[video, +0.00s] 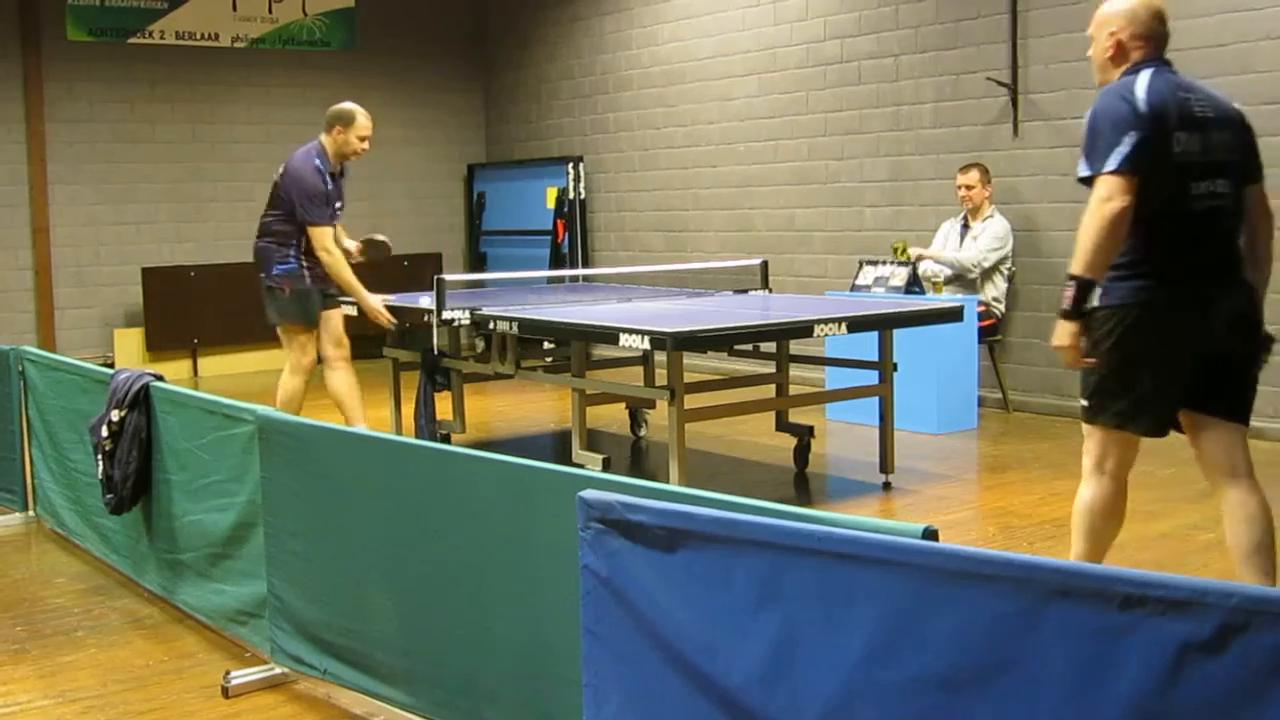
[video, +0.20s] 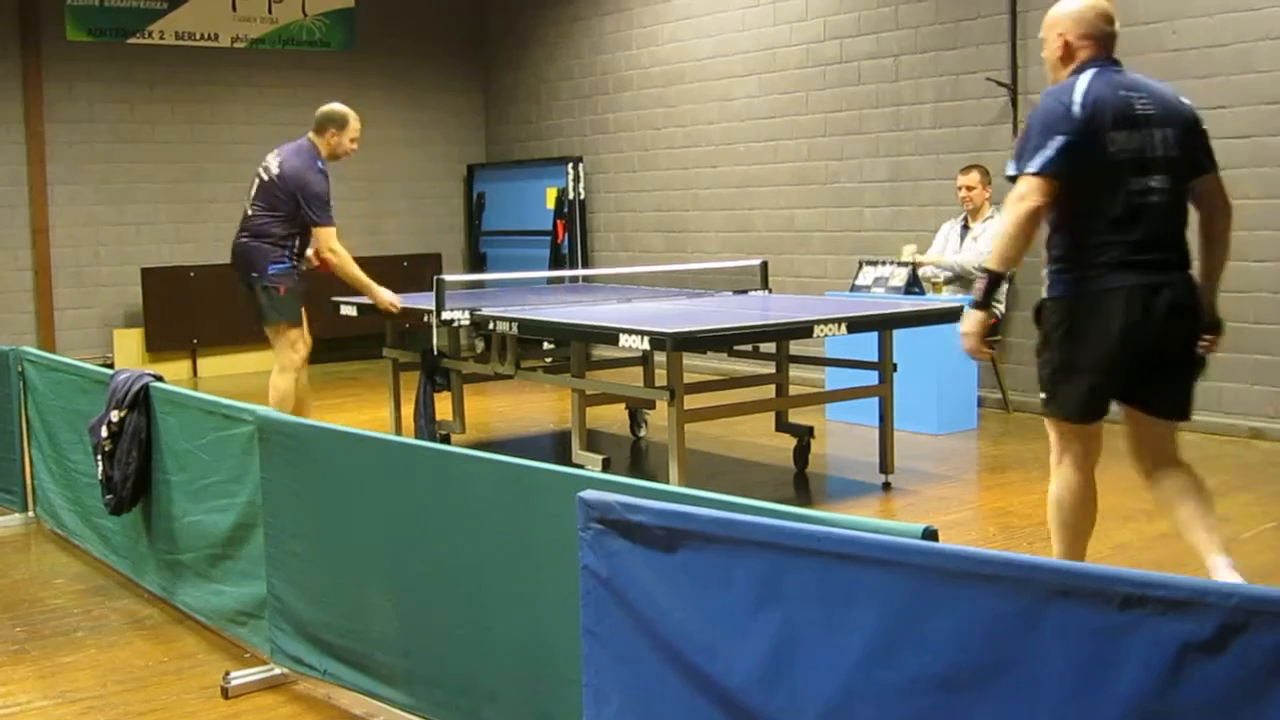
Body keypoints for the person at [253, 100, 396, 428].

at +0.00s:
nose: (366, 147)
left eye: (368, 140)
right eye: (361, 139)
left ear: (341, 135)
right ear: (336, 132)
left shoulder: (334, 165)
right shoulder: (307, 170)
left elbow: (327, 216)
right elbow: (323, 250)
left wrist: (345, 241)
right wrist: (365, 299)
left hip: (317, 259)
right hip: (284, 262)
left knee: (337, 351)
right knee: (301, 359)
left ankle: (360, 438)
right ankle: (278, 444)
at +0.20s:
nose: (355, 148)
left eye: (357, 140)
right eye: (352, 140)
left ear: (328, 135)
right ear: (331, 135)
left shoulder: (292, 151)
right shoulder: (310, 173)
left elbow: (276, 211)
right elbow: (329, 249)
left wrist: (302, 249)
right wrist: (376, 292)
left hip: (258, 252)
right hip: (268, 260)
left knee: (301, 344)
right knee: (290, 354)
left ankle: (305, 429)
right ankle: (276, 441)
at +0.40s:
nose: (326, 140)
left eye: (328, 133)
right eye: (325, 132)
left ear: (296, 125)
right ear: (308, 127)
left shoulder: (259, 150)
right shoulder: (292, 166)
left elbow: (253, 218)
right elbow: (300, 239)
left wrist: (283, 255)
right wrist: (333, 261)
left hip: (226, 254)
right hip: (258, 260)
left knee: (239, 345)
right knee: (285, 354)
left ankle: (210, 426)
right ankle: (278, 441)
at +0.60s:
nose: (289, 143)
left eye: (291, 137)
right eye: (290, 136)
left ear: (259, 127)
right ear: (276, 131)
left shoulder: (228, 155)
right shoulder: (259, 165)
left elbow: (226, 226)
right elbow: (263, 229)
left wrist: (263, 265)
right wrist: (295, 255)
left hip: (204, 261)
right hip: (234, 264)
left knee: (204, 353)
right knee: (272, 353)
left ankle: (172, 427)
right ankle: (274, 443)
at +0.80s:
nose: (263, 147)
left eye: (265, 140)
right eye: (264, 140)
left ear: (231, 129)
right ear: (255, 135)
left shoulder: (201, 157)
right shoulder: (235, 166)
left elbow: (195, 218)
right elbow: (229, 222)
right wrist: (252, 273)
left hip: (175, 262)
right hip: (210, 264)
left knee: (186, 353)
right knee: (251, 352)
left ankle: (167, 433)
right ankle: (267, 441)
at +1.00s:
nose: (250, 147)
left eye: (252, 141)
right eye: (251, 140)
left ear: (218, 129)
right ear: (241, 135)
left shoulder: (188, 156)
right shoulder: (224, 163)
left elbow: (183, 218)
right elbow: (214, 219)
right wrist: (232, 275)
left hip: (164, 264)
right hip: (199, 265)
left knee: (178, 352)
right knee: (249, 345)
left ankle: (168, 433)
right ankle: (245, 437)